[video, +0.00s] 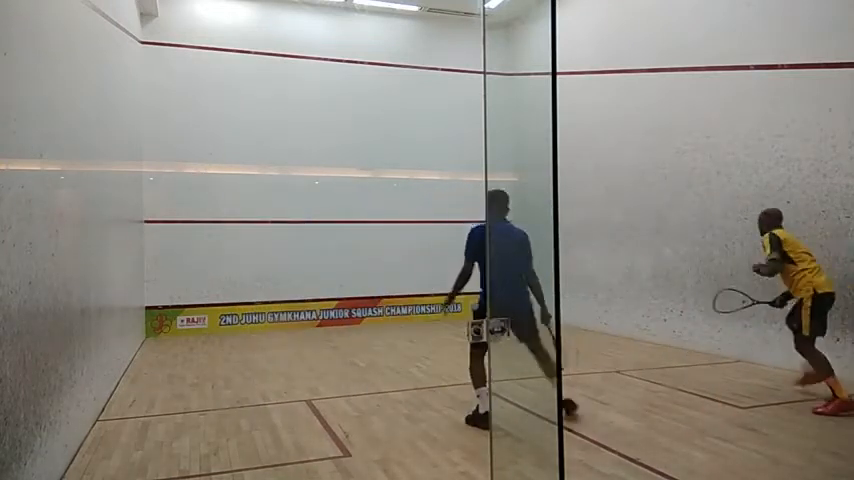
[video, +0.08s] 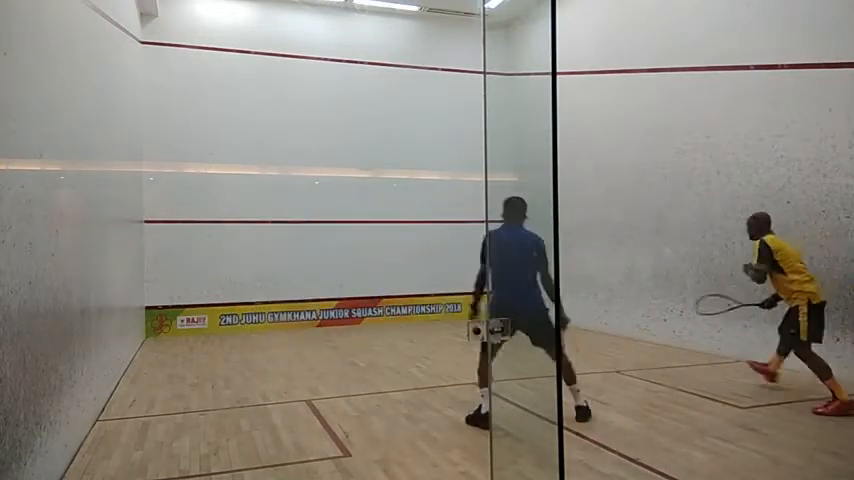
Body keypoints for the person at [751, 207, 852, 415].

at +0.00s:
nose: (759, 226)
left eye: (760, 222)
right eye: (760, 222)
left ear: (765, 222)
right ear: (777, 222)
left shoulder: (772, 236)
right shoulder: (786, 237)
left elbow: (773, 267)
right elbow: (803, 272)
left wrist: (759, 268)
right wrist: (786, 296)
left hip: (814, 292)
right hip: (817, 289)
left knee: (803, 345)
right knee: (793, 322)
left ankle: (841, 397)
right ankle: (817, 370)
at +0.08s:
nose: (748, 233)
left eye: (749, 228)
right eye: (748, 228)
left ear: (754, 228)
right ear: (767, 227)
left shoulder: (764, 243)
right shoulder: (776, 242)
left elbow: (759, 276)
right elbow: (792, 278)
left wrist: (749, 267)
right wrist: (774, 299)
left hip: (806, 299)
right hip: (803, 299)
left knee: (801, 349)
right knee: (786, 334)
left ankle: (841, 398)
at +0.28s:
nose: (723, 229)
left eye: (726, 225)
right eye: (723, 225)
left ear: (736, 225)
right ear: (740, 225)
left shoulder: (744, 243)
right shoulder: (748, 243)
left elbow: (753, 272)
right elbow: (758, 277)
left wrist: (729, 275)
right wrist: (748, 299)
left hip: (775, 300)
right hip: (765, 301)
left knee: (786, 342)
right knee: (749, 327)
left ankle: (827, 387)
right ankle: (752, 373)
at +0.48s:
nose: (700, 216)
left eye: (702, 212)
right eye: (700, 212)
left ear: (712, 213)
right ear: (715, 212)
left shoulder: (721, 230)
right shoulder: (719, 231)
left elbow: (732, 259)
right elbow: (732, 263)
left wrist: (707, 265)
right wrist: (731, 290)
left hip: (746, 288)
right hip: (737, 289)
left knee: (743, 331)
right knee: (730, 323)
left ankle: (782, 366)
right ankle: (747, 367)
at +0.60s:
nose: (689, 218)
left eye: (691, 215)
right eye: (689, 215)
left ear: (699, 216)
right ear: (706, 215)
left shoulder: (707, 233)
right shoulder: (715, 232)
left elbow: (715, 262)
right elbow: (721, 261)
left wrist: (691, 264)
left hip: (733, 291)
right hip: (723, 290)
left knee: (734, 331)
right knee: (707, 317)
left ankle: (766, 367)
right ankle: (729, 356)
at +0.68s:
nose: (677, 225)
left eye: (679, 222)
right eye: (678, 222)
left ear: (687, 223)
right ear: (695, 222)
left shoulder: (692, 241)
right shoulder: (707, 240)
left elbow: (690, 271)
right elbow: (723, 267)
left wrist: (674, 266)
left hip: (720, 298)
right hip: (713, 297)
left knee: (734, 336)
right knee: (695, 320)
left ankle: (767, 369)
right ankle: (689, 360)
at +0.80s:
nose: (661, 229)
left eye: (662, 226)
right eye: (661, 226)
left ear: (667, 228)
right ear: (678, 227)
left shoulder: (672, 245)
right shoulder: (690, 245)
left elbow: (668, 273)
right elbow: (706, 273)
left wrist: (654, 270)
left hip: (698, 302)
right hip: (701, 299)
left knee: (711, 340)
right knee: (683, 323)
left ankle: (755, 365)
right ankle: (673, 361)